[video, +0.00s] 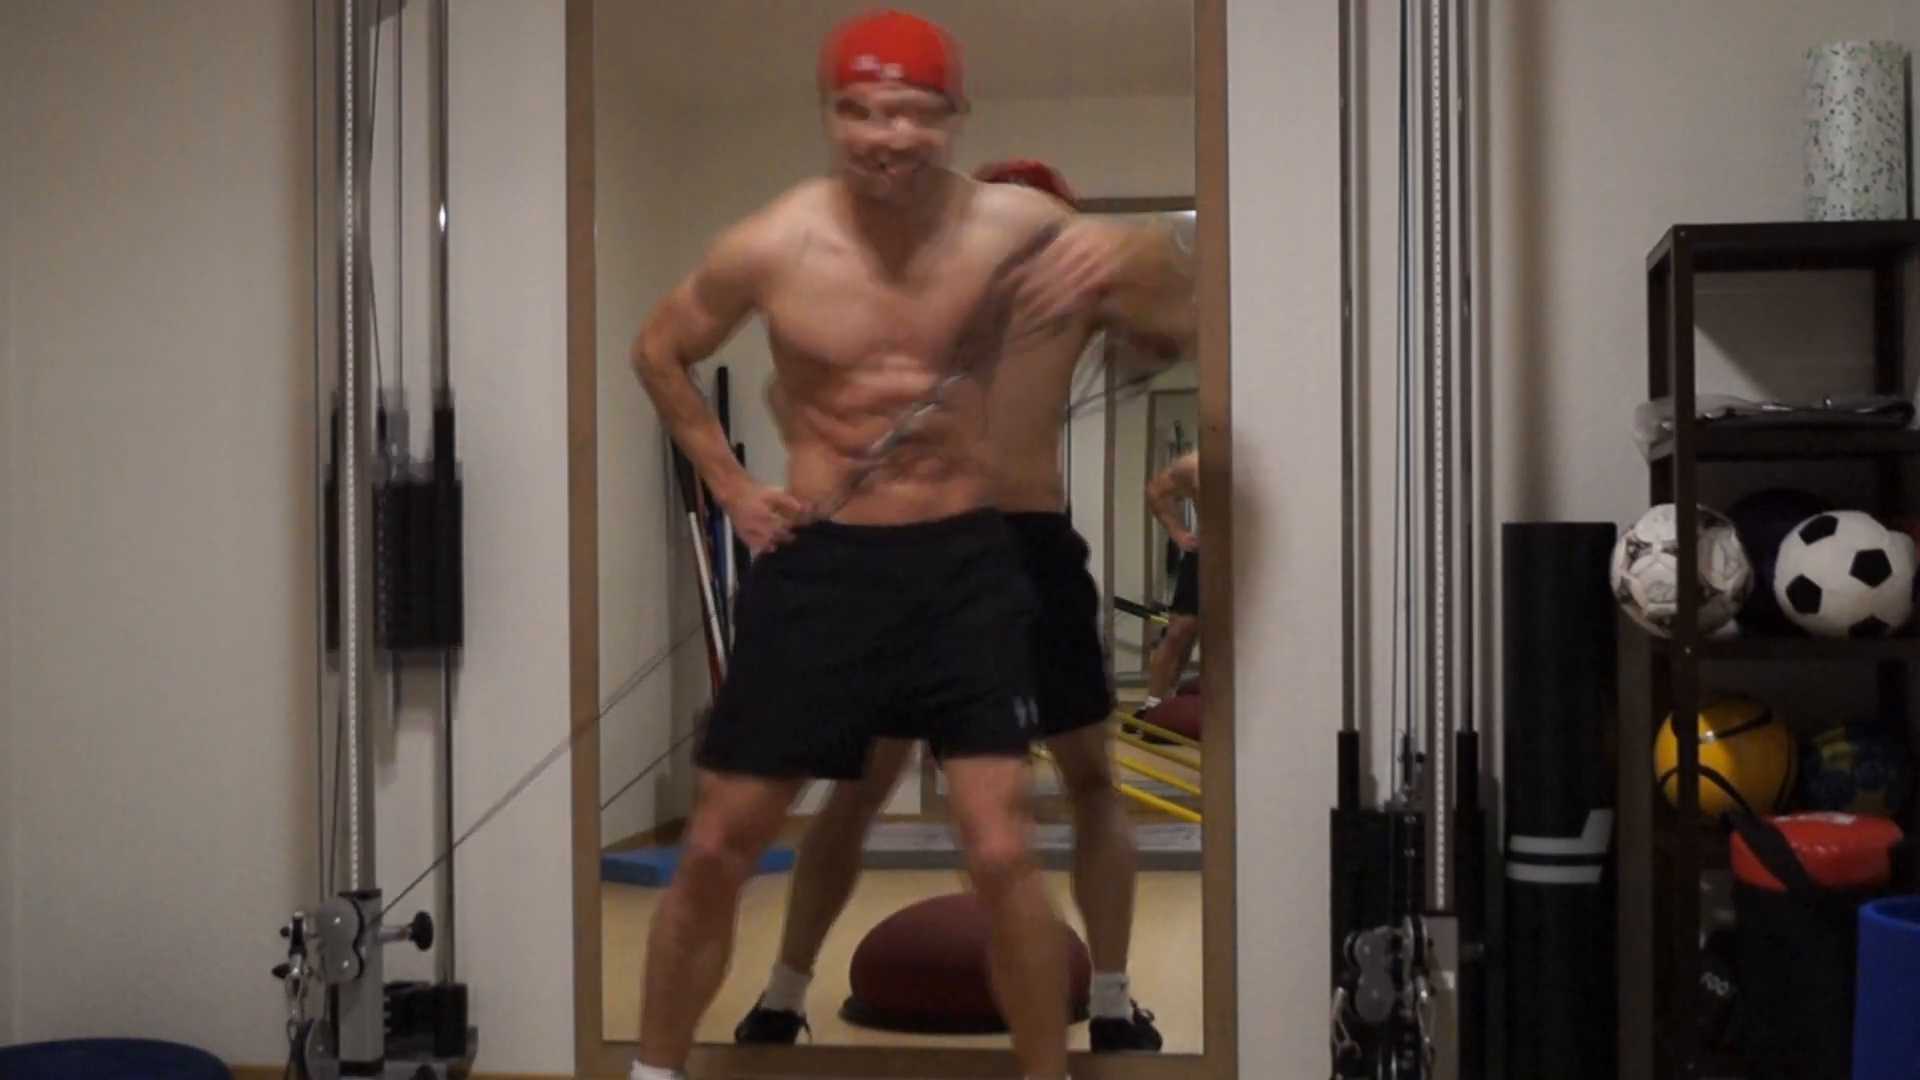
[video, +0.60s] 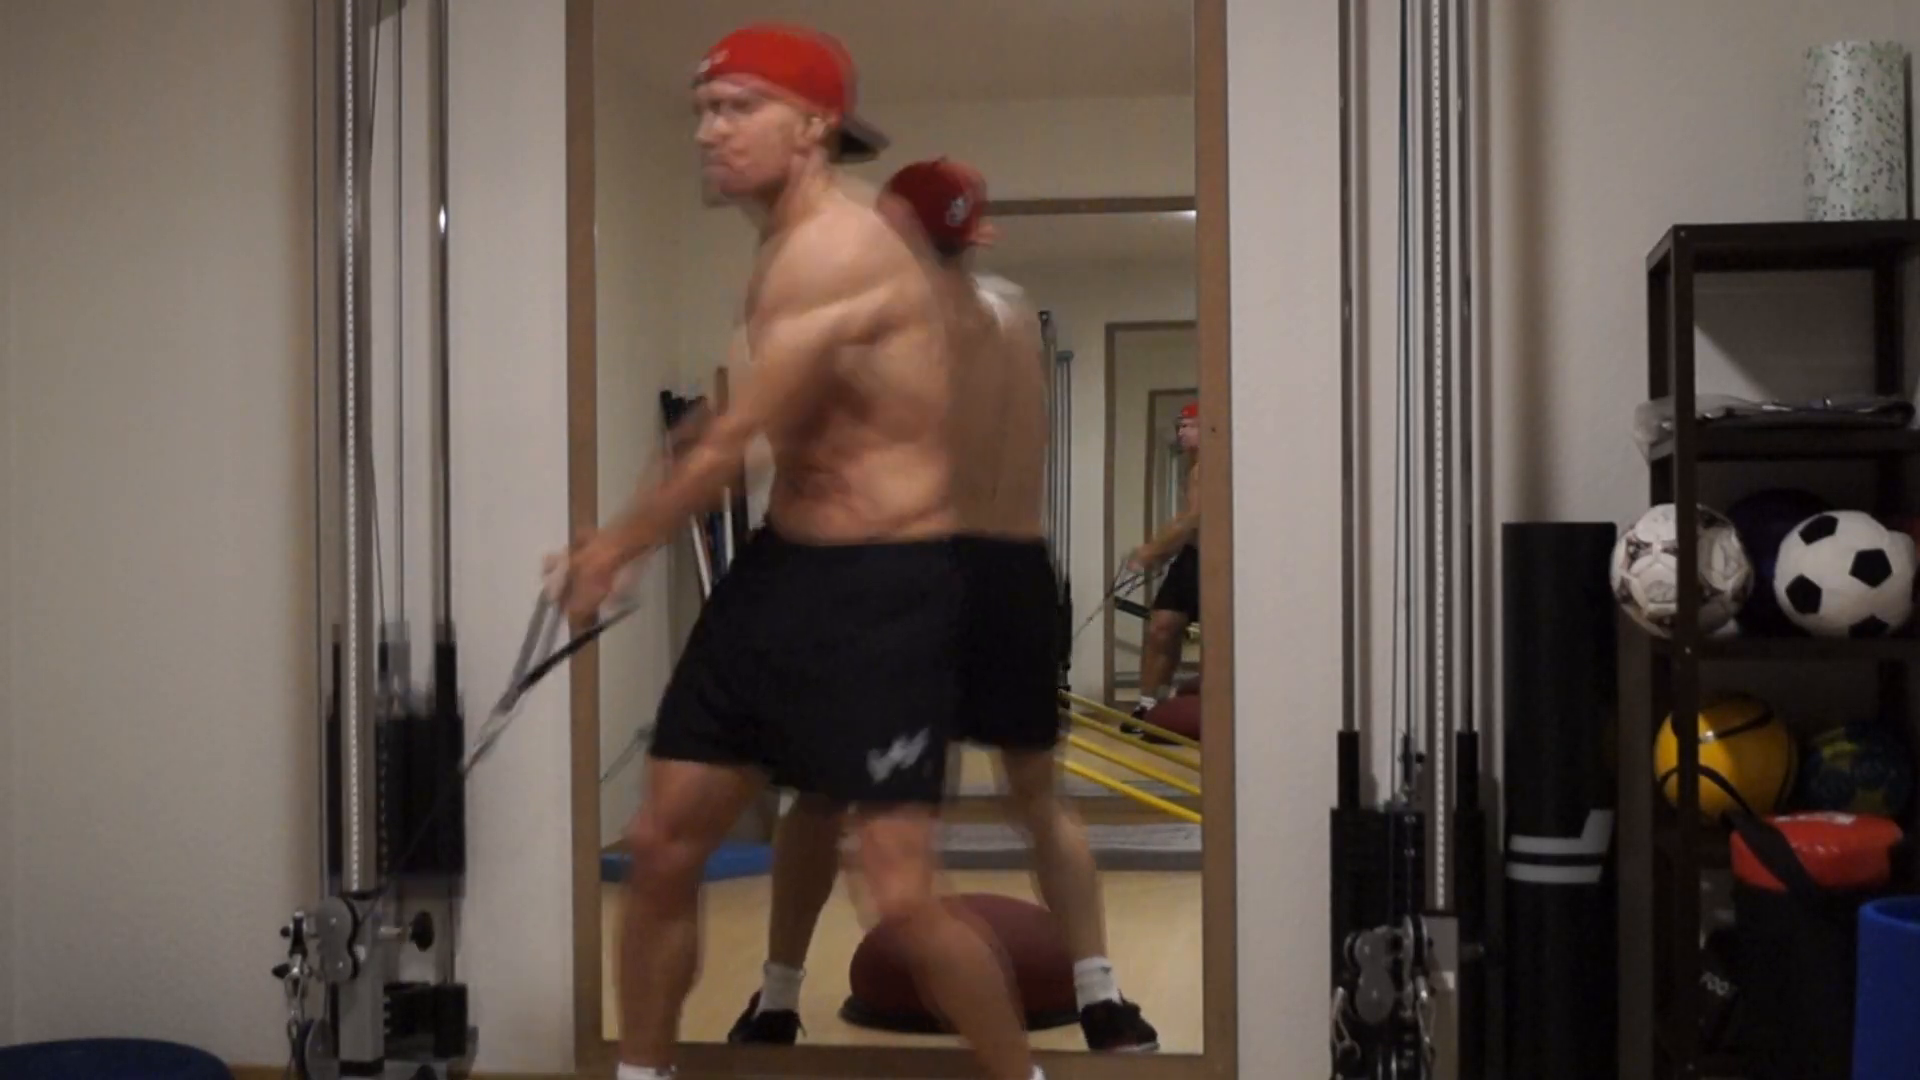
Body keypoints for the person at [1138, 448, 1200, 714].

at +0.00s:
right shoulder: (1199, 465)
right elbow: (1156, 491)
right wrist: (1179, 533)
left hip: (1224, 556)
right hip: (1202, 552)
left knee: (1192, 631)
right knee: (1181, 629)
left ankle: (1167, 695)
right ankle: (1154, 699)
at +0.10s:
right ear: (1211, 434)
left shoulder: (1241, 465)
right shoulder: (1190, 460)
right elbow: (1155, 490)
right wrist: (1175, 531)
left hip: (1227, 552)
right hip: (1194, 549)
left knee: (1220, 632)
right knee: (1178, 626)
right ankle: (1152, 699)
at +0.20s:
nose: (1195, 430)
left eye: (1201, 422)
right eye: (1191, 422)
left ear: (1212, 426)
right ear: (1184, 426)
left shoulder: (1223, 460)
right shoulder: (1177, 460)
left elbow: (1234, 501)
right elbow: (1166, 495)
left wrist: (1209, 521)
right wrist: (1180, 525)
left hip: (1223, 548)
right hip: (1191, 546)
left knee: (1220, 628)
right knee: (1171, 624)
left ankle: (1214, 702)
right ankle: (1150, 698)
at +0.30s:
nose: (1180, 426)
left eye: (1187, 420)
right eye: (1178, 420)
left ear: (1203, 423)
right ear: (1176, 426)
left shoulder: (1211, 460)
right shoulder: (1184, 461)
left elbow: (1215, 516)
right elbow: (1193, 512)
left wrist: (1177, 531)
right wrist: (1182, 535)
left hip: (1211, 549)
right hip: (1187, 548)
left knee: (1217, 631)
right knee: (1164, 624)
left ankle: (1213, 705)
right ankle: (1148, 700)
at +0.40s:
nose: (1175, 428)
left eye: (1182, 422)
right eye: (1173, 422)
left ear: (1200, 426)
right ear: (1174, 427)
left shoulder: (1199, 460)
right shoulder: (1188, 460)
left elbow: (1195, 520)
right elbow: (1192, 519)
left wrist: (1153, 542)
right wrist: (1158, 543)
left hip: (1201, 549)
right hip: (1188, 548)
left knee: (1165, 624)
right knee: (1164, 624)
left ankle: (1149, 697)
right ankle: (1149, 699)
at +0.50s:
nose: (1175, 432)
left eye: (1182, 426)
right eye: (1173, 426)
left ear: (1200, 430)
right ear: (1173, 432)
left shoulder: (1199, 465)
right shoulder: (1196, 465)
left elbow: (1179, 521)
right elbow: (1183, 527)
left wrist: (1141, 553)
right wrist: (1153, 553)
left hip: (1195, 554)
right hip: (1191, 552)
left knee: (1162, 623)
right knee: (1166, 624)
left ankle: (1147, 701)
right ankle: (1154, 698)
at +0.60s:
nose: (1180, 434)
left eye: (1186, 427)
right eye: (1180, 428)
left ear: (1205, 430)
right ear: (1188, 433)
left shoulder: (1208, 466)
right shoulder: (1197, 467)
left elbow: (1194, 518)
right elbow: (1189, 520)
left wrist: (1153, 550)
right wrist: (1155, 549)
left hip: (1213, 554)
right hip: (1192, 553)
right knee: (1162, 626)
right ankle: (1148, 700)